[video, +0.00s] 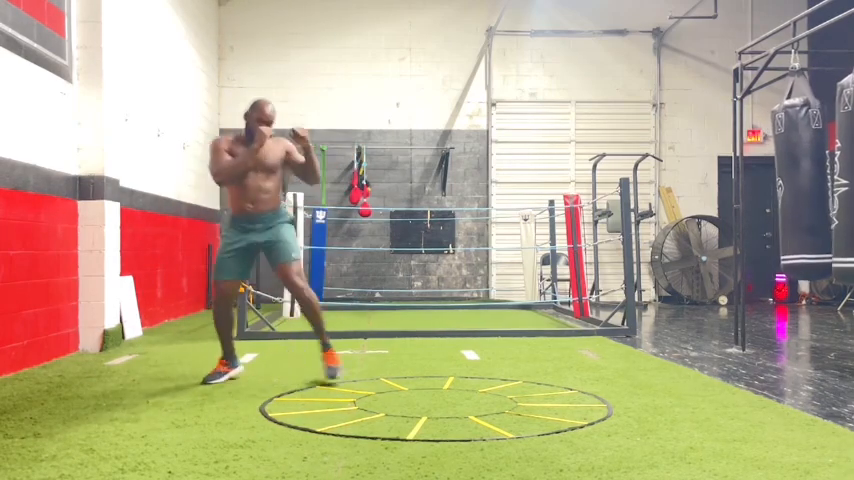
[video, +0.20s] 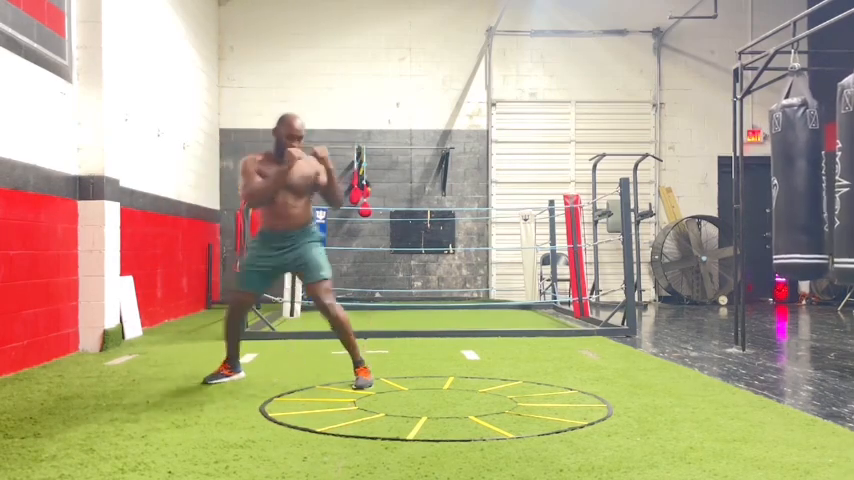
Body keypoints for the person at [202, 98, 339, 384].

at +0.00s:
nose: (265, 128)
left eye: (270, 125)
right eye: (261, 123)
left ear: (274, 124)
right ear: (247, 118)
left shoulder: (282, 146)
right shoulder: (224, 144)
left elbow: (312, 178)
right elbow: (220, 177)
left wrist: (307, 150)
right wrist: (254, 149)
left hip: (275, 223)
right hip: (239, 227)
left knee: (295, 283)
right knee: (223, 294)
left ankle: (327, 347)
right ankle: (229, 361)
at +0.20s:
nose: (296, 143)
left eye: (300, 138)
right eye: (291, 138)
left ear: (304, 138)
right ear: (276, 134)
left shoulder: (312, 165)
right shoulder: (254, 163)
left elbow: (336, 201)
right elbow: (251, 198)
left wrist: (328, 167)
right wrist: (285, 168)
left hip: (304, 241)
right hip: (267, 243)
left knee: (325, 301)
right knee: (238, 303)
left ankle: (360, 366)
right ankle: (232, 364)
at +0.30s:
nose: (305, 134)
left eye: (310, 129)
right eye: (301, 128)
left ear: (316, 128)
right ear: (289, 125)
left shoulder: (328, 153)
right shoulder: (271, 155)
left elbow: (359, 184)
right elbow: (268, 190)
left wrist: (338, 146)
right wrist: (295, 156)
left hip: (324, 233)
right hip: (287, 236)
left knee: (339, 297)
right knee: (261, 300)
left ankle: (362, 366)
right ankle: (244, 361)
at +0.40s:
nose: (317, 123)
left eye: (322, 118)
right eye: (312, 118)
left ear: (328, 116)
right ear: (299, 114)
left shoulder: (340, 140)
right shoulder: (283, 143)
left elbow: (370, 170)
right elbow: (276, 177)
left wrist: (347, 133)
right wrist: (303, 142)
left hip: (335, 222)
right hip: (299, 224)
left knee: (345, 290)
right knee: (280, 291)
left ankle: (365, 362)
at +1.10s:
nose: (335, 140)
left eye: (339, 135)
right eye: (330, 134)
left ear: (345, 133)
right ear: (318, 129)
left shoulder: (355, 157)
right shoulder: (300, 155)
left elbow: (377, 194)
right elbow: (289, 192)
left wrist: (357, 157)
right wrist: (317, 165)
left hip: (344, 236)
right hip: (310, 237)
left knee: (338, 299)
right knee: (296, 301)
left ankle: (365, 360)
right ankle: (309, 359)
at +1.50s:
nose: (339, 141)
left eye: (344, 137)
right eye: (335, 136)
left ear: (350, 134)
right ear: (324, 130)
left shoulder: (358, 155)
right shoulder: (304, 155)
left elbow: (384, 195)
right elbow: (297, 192)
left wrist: (366, 167)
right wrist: (324, 164)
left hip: (352, 231)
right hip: (315, 232)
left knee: (373, 289)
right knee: (302, 293)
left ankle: (404, 340)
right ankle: (295, 361)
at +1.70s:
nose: (360, 159)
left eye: (366, 154)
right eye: (356, 154)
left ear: (373, 151)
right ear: (347, 148)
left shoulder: (385, 173)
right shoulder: (328, 170)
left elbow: (398, 215)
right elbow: (316, 210)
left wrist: (390, 200)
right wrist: (349, 191)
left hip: (371, 243)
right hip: (336, 243)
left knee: (396, 300)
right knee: (319, 294)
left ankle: (431, 356)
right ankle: (298, 361)